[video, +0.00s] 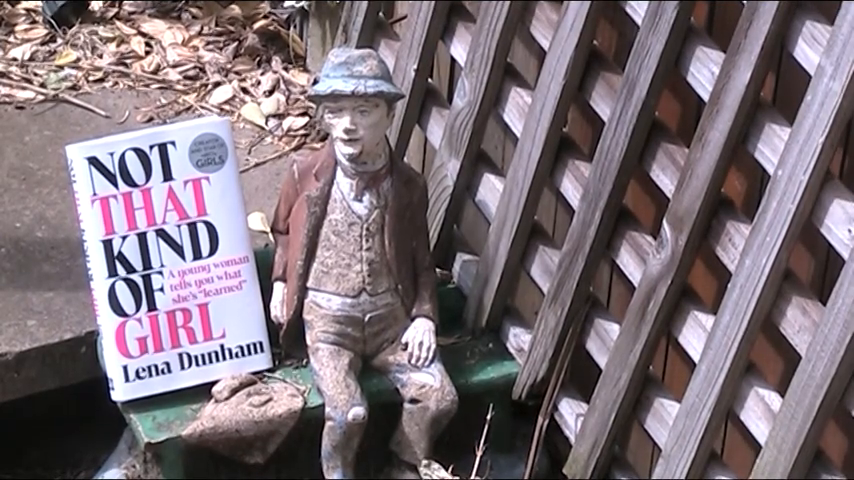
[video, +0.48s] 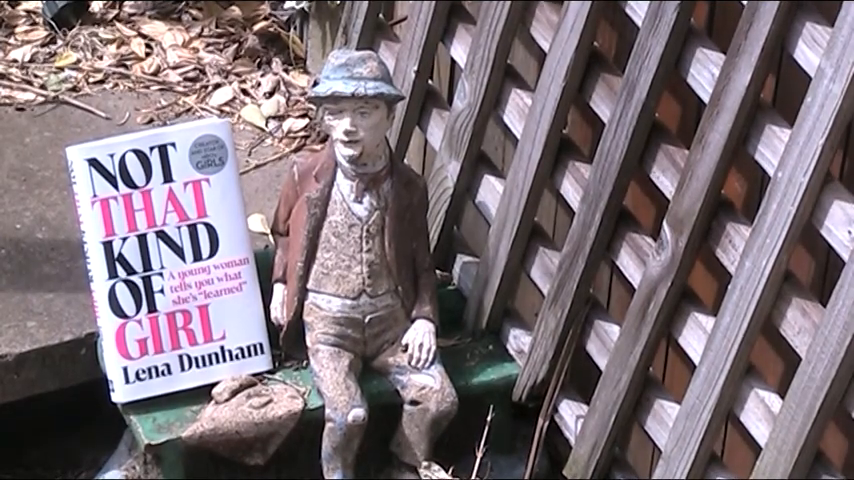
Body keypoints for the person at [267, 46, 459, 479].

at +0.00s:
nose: (348, 125)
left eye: (363, 112)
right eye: (336, 112)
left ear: (388, 115)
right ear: (323, 117)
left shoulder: (409, 184)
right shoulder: (304, 173)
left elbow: (423, 262)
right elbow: (283, 233)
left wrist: (424, 316)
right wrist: (282, 283)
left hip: (393, 322)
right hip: (328, 321)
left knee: (438, 398)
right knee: (348, 415)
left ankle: (406, 459)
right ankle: (337, 472)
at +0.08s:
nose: (348, 126)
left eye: (364, 112)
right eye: (336, 112)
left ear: (388, 115)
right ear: (323, 117)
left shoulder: (409, 184)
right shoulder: (304, 174)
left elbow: (423, 262)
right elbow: (283, 233)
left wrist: (425, 316)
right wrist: (282, 283)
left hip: (393, 322)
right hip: (328, 321)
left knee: (438, 398)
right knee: (349, 415)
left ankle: (407, 458)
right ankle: (338, 472)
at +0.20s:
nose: (348, 126)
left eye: (363, 112)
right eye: (336, 113)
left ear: (388, 116)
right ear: (322, 118)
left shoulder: (409, 185)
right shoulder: (304, 175)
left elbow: (423, 262)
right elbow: (283, 235)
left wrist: (425, 316)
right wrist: (282, 284)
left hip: (393, 323)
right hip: (328, 323)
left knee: (438, 399)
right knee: (349, 415)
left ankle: (406, 459)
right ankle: (338, 473)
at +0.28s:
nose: (348, 126)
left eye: (363, 112)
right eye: (336, 113)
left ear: (388, 115)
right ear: (323, 118)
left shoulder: (409, 185)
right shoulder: (304, 174)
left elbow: (423, 262)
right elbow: (283, 234)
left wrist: (425, 316)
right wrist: (282, 283)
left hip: (393, 323)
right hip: (328, 322)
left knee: (438, 398)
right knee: (349, 415)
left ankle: (407, 459)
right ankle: (338, 472)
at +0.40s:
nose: (348, 126)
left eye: (363, 112)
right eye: (336, 113)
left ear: (388, 116)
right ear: (323, 118)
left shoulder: (409, 185)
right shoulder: (305, 174)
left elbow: (423, 262)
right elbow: (283, 234)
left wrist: (425, 316)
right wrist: (282, 284)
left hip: (393, 324)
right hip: (328, 323)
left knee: (438, 399)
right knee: (349, 415)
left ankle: (407, 458)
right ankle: (337, 473)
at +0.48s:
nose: (348, 127)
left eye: (363, 113)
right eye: (336, 113)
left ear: (388, 117)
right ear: (323, 118)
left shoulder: (409, 186)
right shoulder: (305, 174)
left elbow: (423, 263)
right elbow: (283, 235)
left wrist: (424, 317)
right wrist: (282, 285)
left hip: (393, 324)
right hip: (328, 324)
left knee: (438, 400)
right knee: (349, 416)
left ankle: (407, 458)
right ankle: (337, 473)